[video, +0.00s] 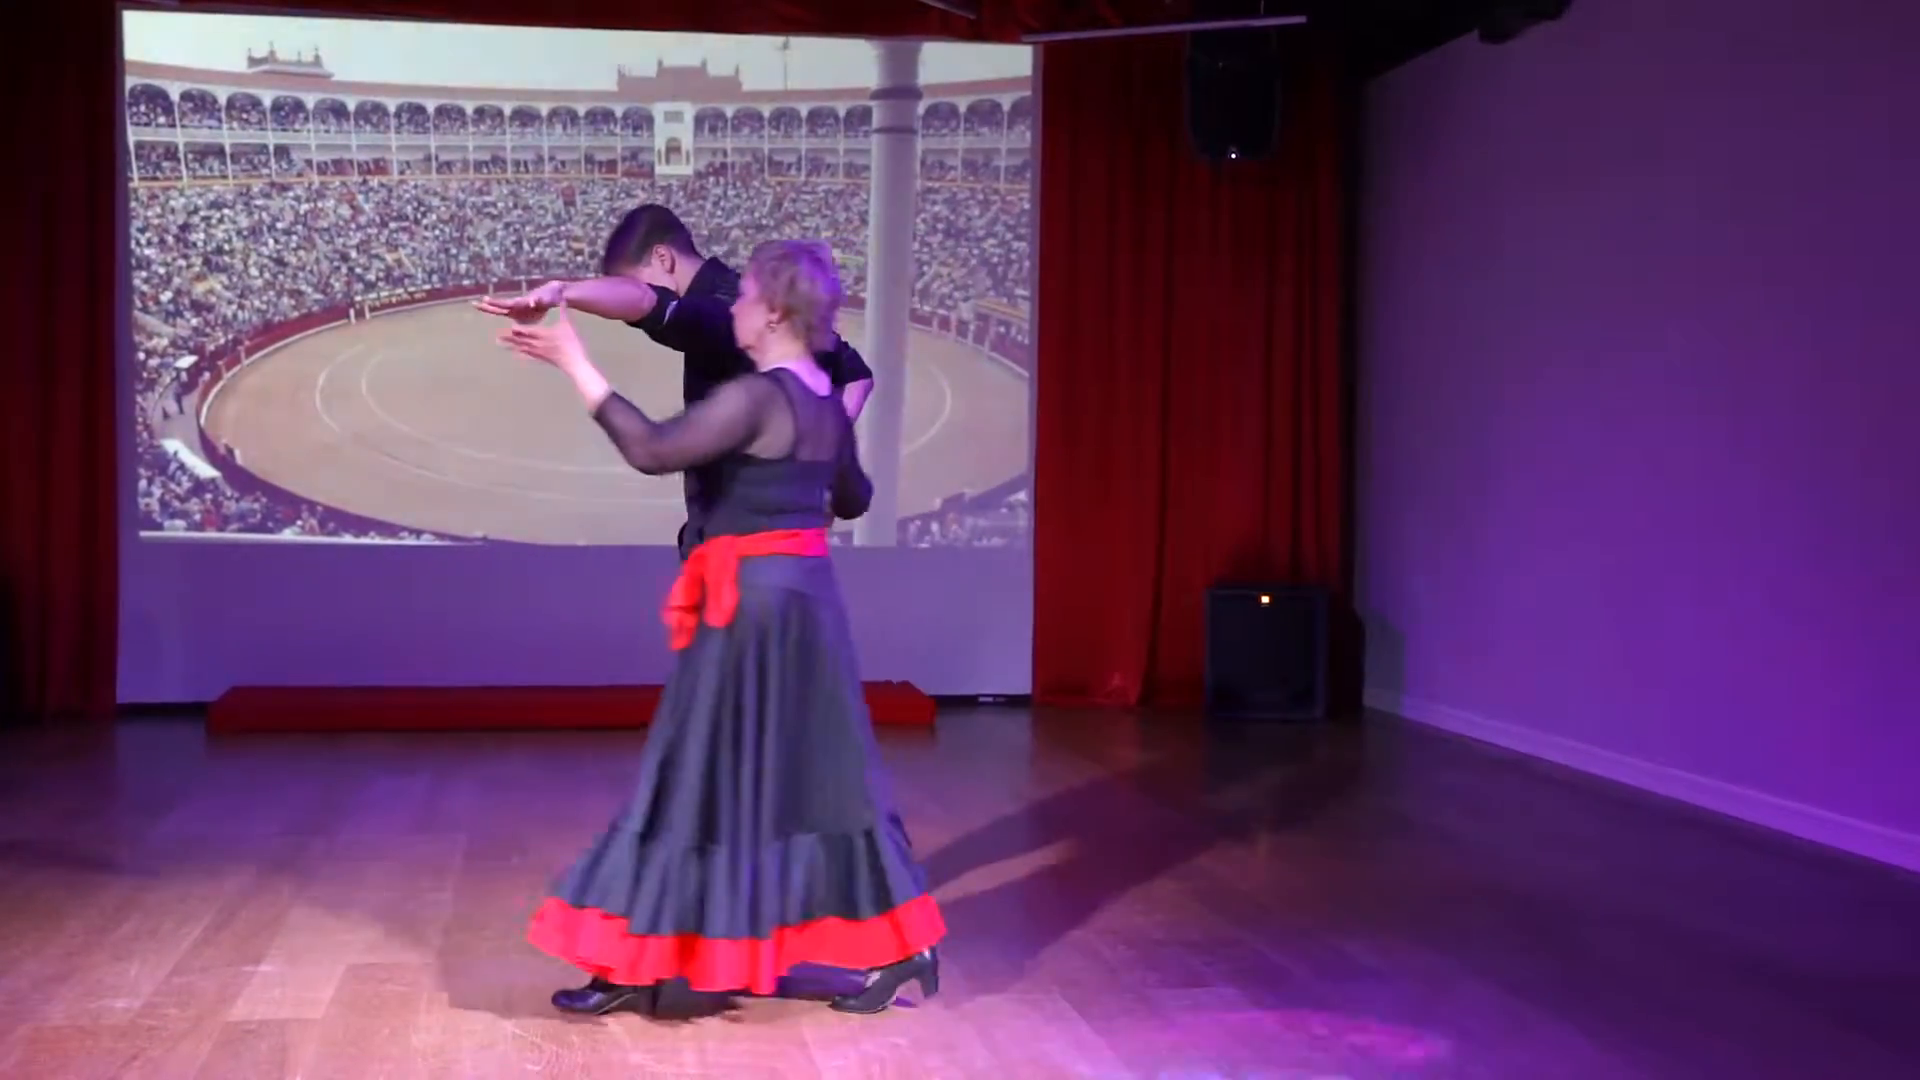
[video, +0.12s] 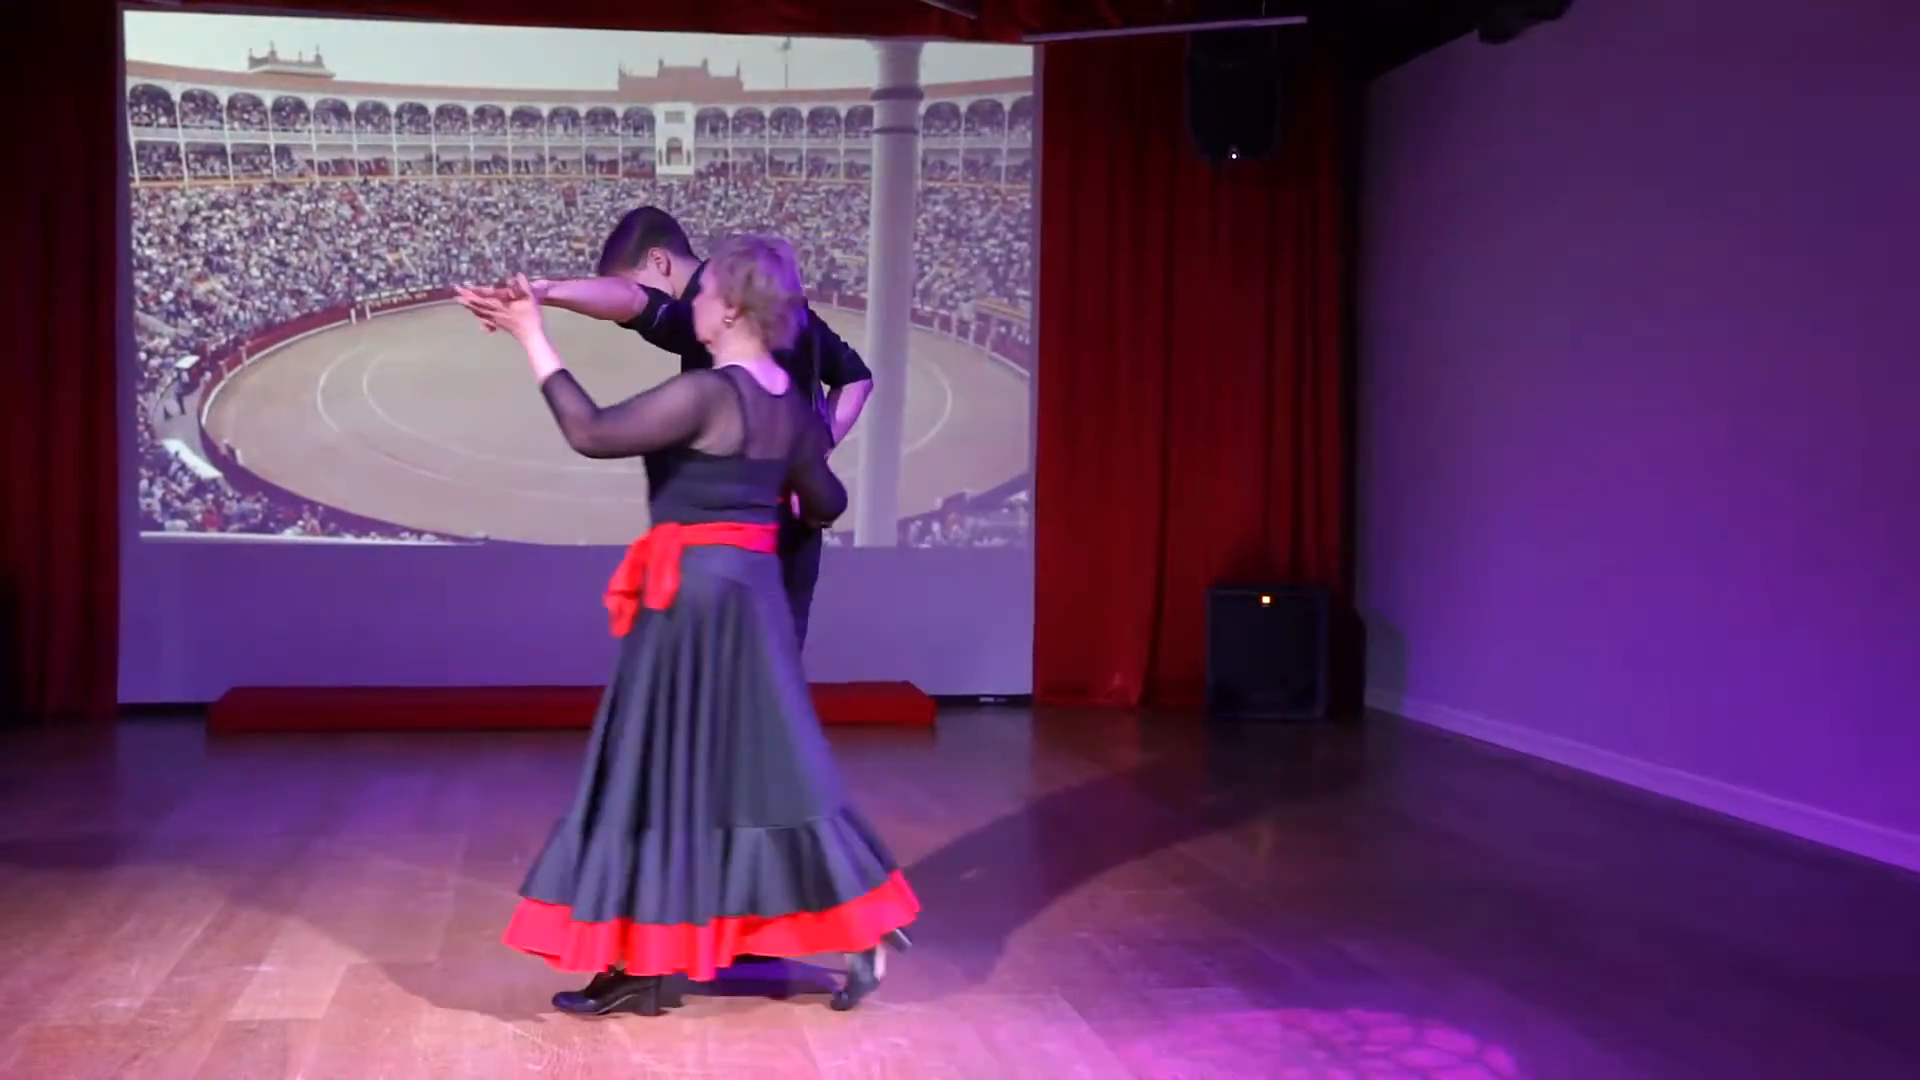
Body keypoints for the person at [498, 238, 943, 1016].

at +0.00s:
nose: (734, 306)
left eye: (744, 293)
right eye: (740, 291)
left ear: (771, 310)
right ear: (812, 313)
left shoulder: (749, 396)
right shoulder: (828, 405)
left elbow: (649, 451)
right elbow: (853, 499)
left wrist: (576, 364)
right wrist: (823, 444)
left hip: (750, 599)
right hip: (812, 595)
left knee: (696, 768)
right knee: (834, 765)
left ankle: (651, 957)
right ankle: (901, 941)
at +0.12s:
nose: (692, 303)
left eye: (702, 291)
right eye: (698, 289)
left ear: (729, 309)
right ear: (773, 313)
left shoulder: (701, 393)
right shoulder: (793, 406)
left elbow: (589, 432)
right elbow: (830, 505)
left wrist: (533, 339)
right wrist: (788, 485)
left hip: (689, 588)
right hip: (756, 591)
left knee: (656, 764)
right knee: (779, 759)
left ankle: (643, 957)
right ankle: (857, 923)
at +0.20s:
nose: (665, 305)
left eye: (675, 293)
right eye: (669, 291)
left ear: (705, 308)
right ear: (744, 313)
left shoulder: (674, 391)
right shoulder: (770, 404)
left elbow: (556, 421)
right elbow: (814, 503)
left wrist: (514, 322)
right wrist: (810, 517)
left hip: (664, 584)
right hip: (728, 584)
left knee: (637, 763)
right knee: (736, 757)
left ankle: (628, 959)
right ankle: (794, 927)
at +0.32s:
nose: (640, 302)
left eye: (650, 290)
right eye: (644, 287)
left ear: (681, 303)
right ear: (725, 303)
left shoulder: (646, 383)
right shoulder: (743, 399)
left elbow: (525, 402)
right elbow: (790, 495)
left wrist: (490, 299)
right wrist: (812, 503)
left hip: (641, 582)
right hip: (706, 583)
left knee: (626, 761)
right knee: (689, 760)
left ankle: (631, 956)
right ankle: (680, 949)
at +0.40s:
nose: (636, 301)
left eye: (645, 289)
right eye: (640, 286)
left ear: (674, 302)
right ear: (718, 304)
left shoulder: (638, 380)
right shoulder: (739, 397)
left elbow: (515, 394)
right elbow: (792, 495)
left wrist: (481, 293)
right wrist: (815, 494)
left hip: (638, 581)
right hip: (702, 583)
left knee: (626, 761)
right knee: (684, 759)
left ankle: (638, 957)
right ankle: (674, 951)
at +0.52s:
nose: (634, 300)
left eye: (640, 289)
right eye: (637, 289)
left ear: (663, 299)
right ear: (717, 301)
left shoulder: (638, 377)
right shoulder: (742, 397)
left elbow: (514, 384)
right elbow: (792, 486)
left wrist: (477, 283)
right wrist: (828, 491)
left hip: (636, 579)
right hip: (698, 581)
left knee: (621, 757)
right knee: (674, 758)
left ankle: (640, 952)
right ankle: (661, 946)